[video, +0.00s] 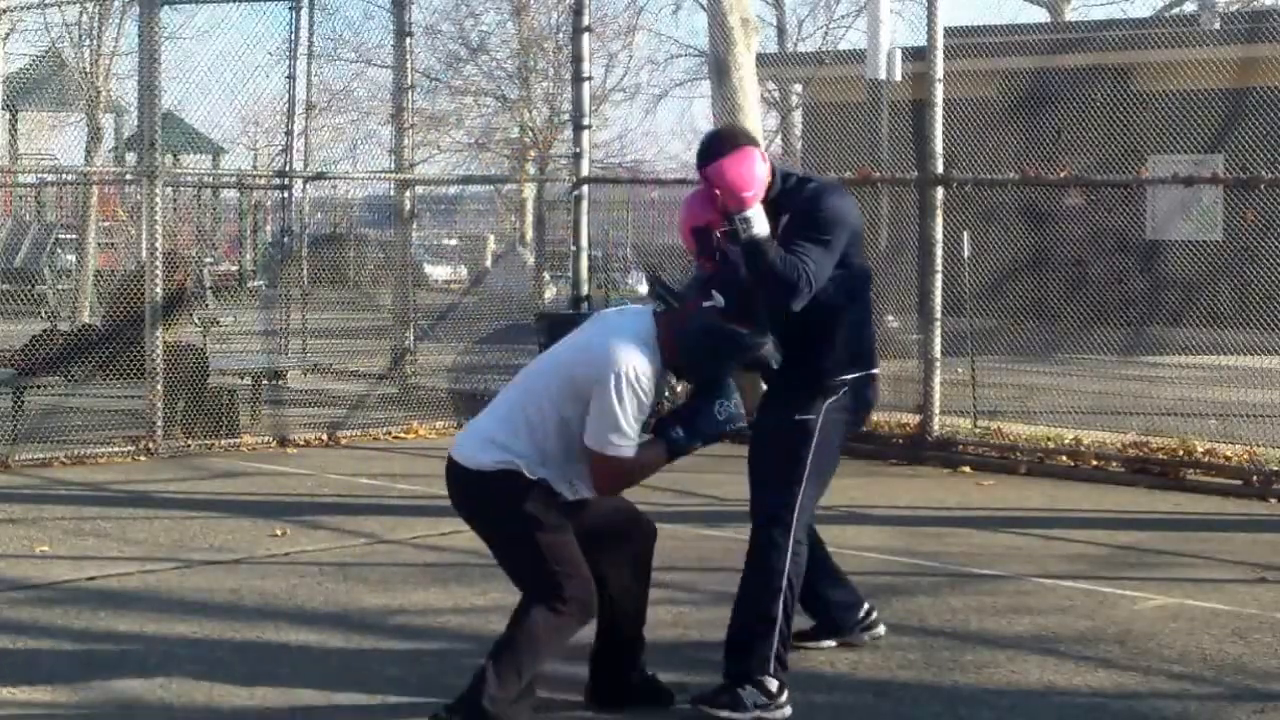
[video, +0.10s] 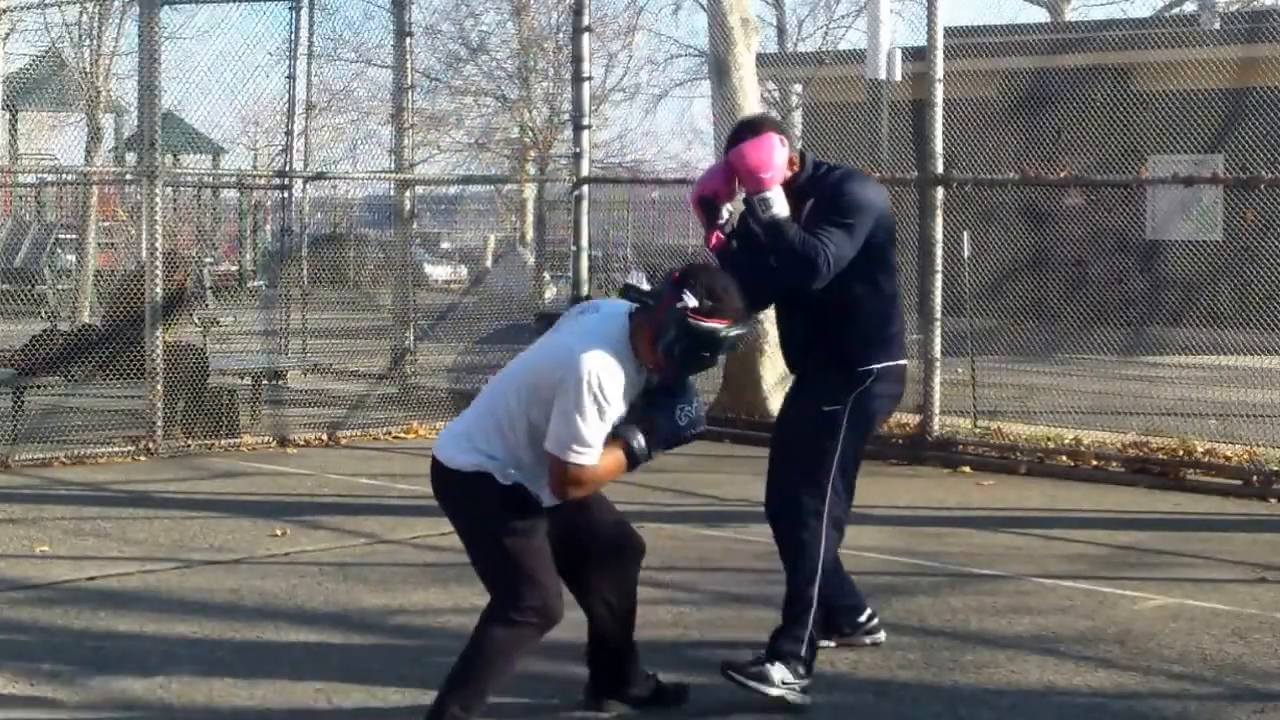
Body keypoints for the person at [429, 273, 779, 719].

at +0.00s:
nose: (715, 368)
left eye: (726, 358)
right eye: (719, 354)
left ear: (689, 311)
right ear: (695, 328)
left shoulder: (641, 325)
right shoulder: (625, 361)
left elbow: (632, 436)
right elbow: (608, 477)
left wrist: (684, 421)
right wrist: (683, 437)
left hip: (534, 467)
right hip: (492, 471)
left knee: (629, 535)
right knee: (568, 598)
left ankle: (616, 680)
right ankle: (476, 708)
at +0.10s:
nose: (703, 363)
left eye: (713, 350)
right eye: (697, 348)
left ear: (661, 317)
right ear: (664, 328)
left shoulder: (629, 319)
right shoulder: (594, 366)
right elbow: (570, 481)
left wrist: (649, 406)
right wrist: (645, 439)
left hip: (538, 464)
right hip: (477, 469)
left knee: (617, 552)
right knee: (532, 603)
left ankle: (616, 682)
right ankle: (449, 712)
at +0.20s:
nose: (678, 320)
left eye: (689, 309)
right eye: (671, 304)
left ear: (633, 272)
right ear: (640, 283)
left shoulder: (592, 283)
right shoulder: (575, 339)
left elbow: (521, 322)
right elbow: (563, 458)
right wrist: (628, 405)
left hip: (513, 452)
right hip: (467, 460)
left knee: (581, 557)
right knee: (524, 598)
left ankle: (604, 680)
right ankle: (449, 711)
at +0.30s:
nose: (649, 262)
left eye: (661, 245)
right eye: (643, 245)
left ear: (602, 220)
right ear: (612, 231)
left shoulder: (568, 252)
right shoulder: (562, 289)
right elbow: (572, 417)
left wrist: (616, 337)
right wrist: (630, 356)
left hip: (509, 435)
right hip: (463, 445)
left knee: (573, 543)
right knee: (517, 599)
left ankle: (572, 691)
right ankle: (447, 713)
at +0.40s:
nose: (640, 208)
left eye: (648, 192)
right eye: (631, 189)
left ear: (588, 178)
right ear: (593, 179)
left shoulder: (549, 226)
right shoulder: (558, 246)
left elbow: (558, 328)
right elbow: (593, 371)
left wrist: (616, 299)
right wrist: (642, 309)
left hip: (515, 425)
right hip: (474, 429)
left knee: (567, 545)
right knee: (504, 592)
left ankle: (568, 698)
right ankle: (446, 713)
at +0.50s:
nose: (635, 161)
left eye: (642, 147)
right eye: (622, 146)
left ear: (574, 150)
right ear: (580, 147)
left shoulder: (547, 206)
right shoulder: (569, 222)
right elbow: (631, 327)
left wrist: (625, 242)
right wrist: (668, 261)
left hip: (524, 419)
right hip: (500, 424)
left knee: (573, 544)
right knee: (498, 597)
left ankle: (570, 690)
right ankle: (446, 712)